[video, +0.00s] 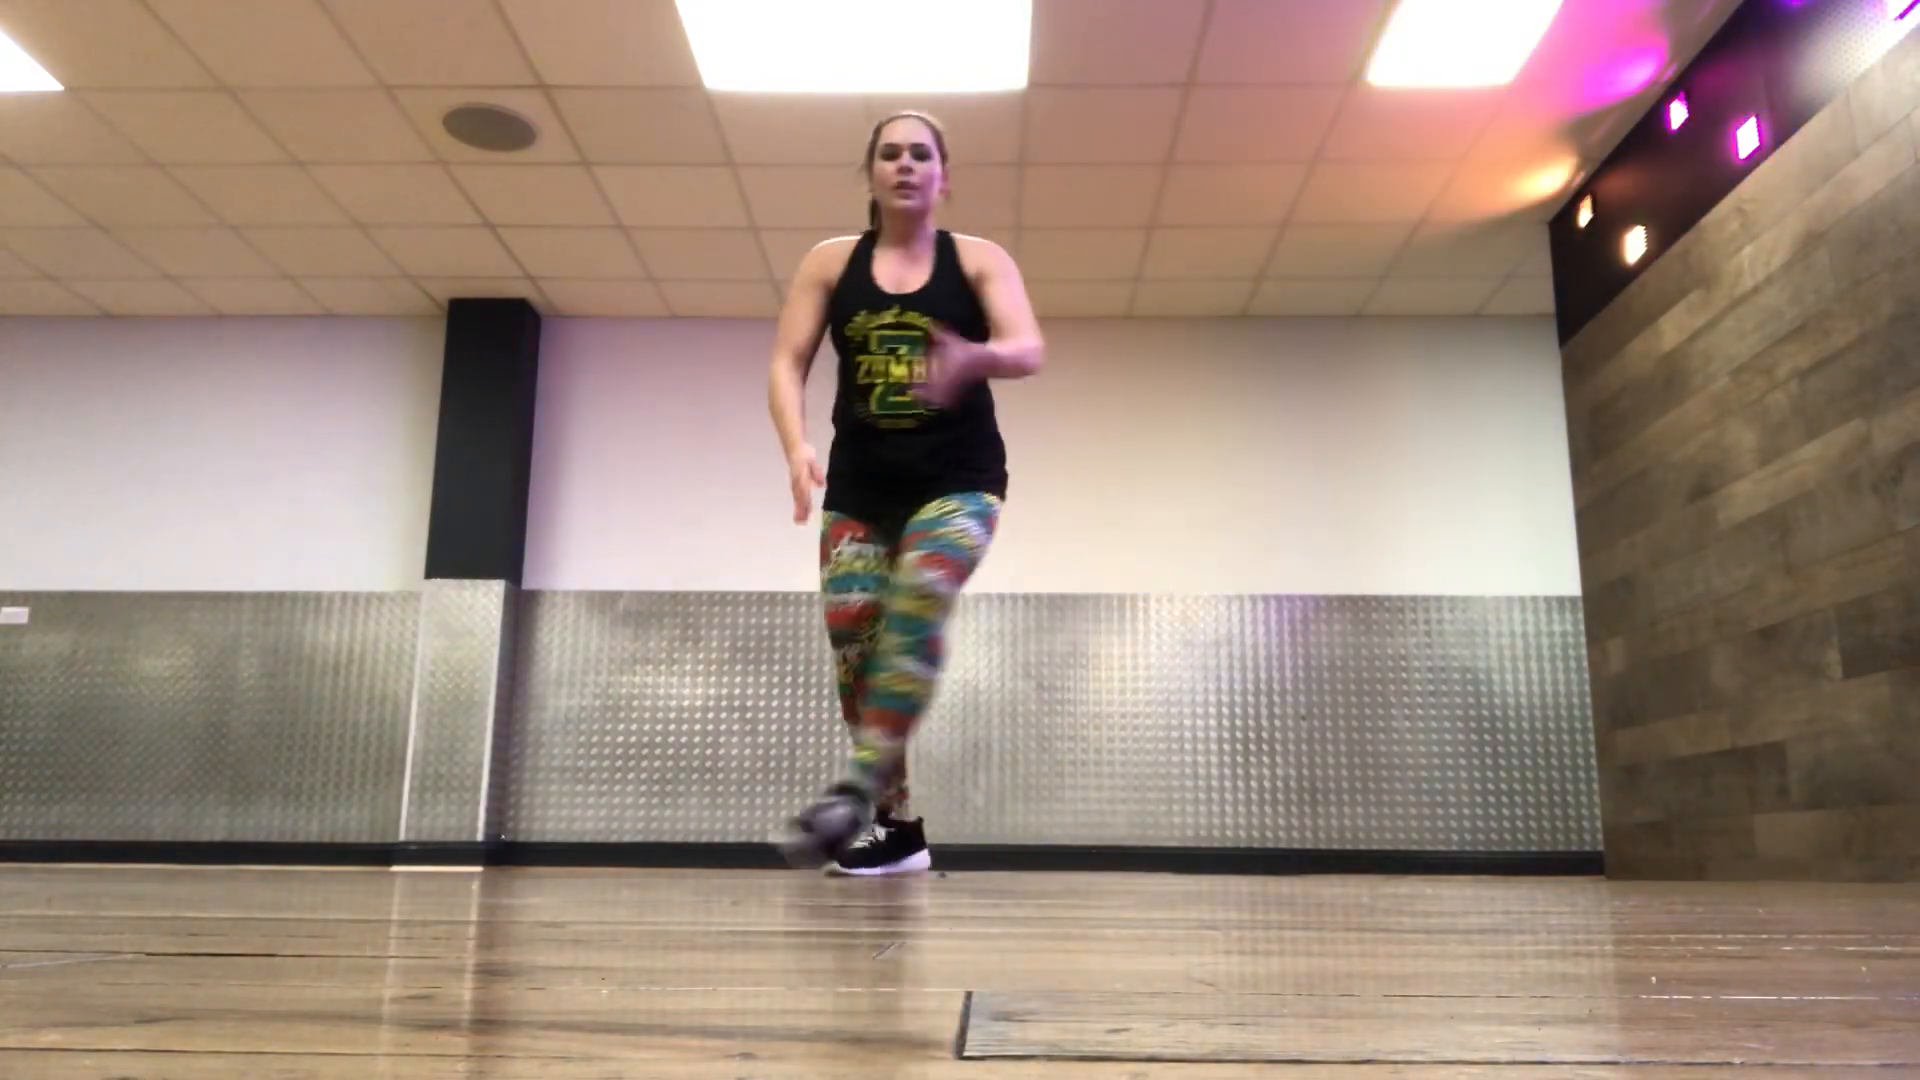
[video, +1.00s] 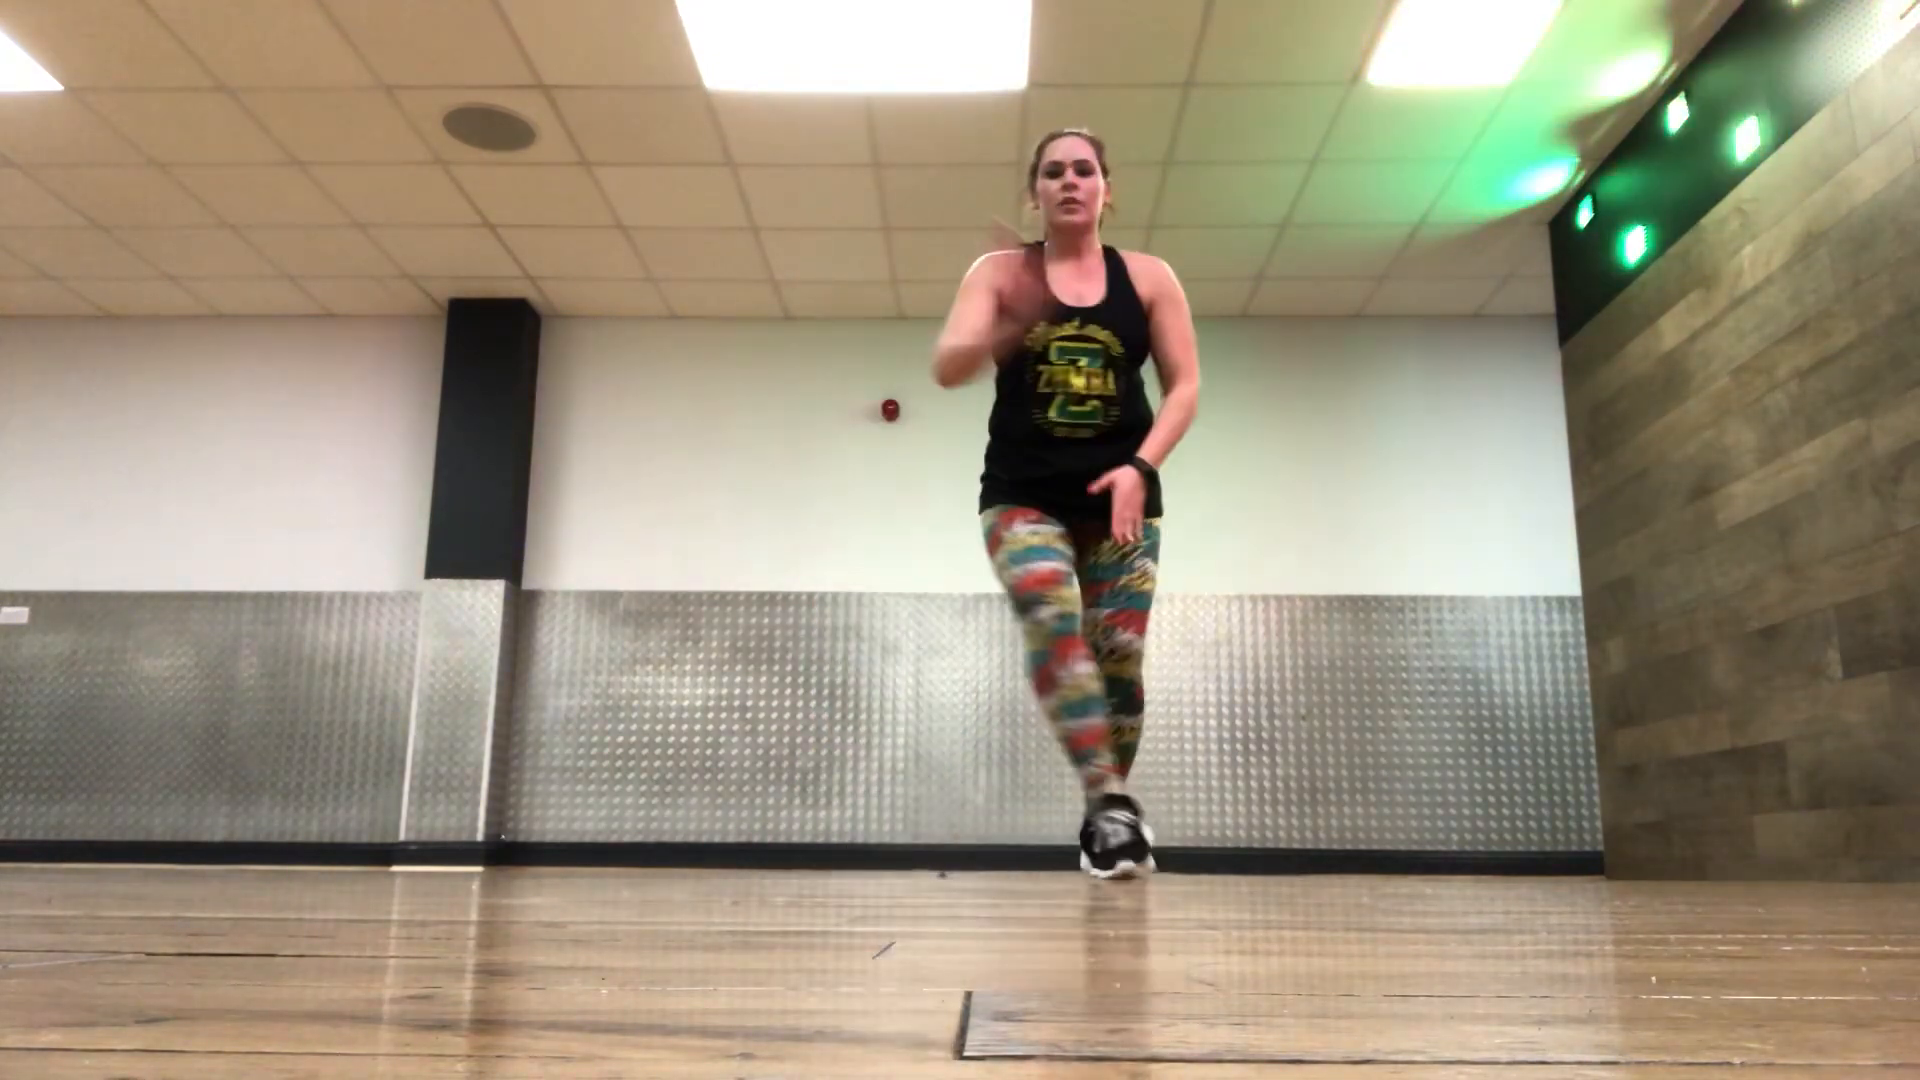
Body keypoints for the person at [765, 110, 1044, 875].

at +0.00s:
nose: (907, 165)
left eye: (921, 154)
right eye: (892, 154)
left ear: (943, 175)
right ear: (869, 175)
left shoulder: (981, 261)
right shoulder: (831, 262)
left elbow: (1028, 350)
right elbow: (788, 364)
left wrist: (973, 357)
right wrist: (797, 448)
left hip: (957, 481)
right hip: (860, 484)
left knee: (915, 609)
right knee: (853, 634)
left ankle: (856, 791)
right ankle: (897, 826)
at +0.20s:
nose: (954, 164)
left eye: (968, 154)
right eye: (938, 153)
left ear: (990, 175)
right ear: (914, 173)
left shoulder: (1023, 265)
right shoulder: (872, 259)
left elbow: (1080, 355)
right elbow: (824, 371)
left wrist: (1106, 422)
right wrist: (843, 487)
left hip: (991, 490)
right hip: (887, 488)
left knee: (1041, 617)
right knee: (873, 638)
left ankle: (1027, 802)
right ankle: (896, 826)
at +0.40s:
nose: (1015, 178)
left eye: (1029, 167)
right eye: (1000, 168)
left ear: (1050, 187)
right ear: (975, 187)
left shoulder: (1078, 282)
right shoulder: (941, 265)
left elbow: (1111, 384)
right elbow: (894, 369)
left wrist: (1117, 472)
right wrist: (970, 453)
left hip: (1046, 485)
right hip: (951, 481)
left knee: (1092, 634)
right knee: (941, 623)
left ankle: (1049, 826)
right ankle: (895, 812)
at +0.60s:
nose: (1058, 175)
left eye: (1071, 165)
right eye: (1043, 165)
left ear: (1092, 185)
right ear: (1018, 184)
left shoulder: (1116, 279)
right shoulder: (990, 258)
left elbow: (1136, 389)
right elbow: (1025, 356)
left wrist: (1105, 433)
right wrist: (1150, 394)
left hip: (1081, 480)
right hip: (990, 473)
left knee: (1107, 635)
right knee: (1016, 584)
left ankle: (1052, 823)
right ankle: (1015, 799)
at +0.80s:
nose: (1074, 174)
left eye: (1087, 165)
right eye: (1058, 165)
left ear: (1107, 188)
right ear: (1032, 186)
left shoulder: (1129, 279)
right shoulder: (1007, 255)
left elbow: (1155, 376)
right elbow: (1053, 353)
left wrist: (1114, 402)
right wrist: (1169, 411)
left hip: (1108, 482)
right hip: (1020, 481)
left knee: (1151, 627)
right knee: (1086, 609)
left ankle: (1071, 805)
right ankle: (1127, 812)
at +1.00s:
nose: (1071, 181)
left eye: (1084, 170)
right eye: (1056, 172)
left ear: (1106, 189)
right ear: (1034, 193)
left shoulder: (1148, 277)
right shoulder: (997, 273)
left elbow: (1183, 388)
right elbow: (947, 368)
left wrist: (1141, 467)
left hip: (1119, 491)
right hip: (1023, 490)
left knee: (1120, 655)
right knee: (1052, 615)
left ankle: (1104, 816)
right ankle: (1108, 804)